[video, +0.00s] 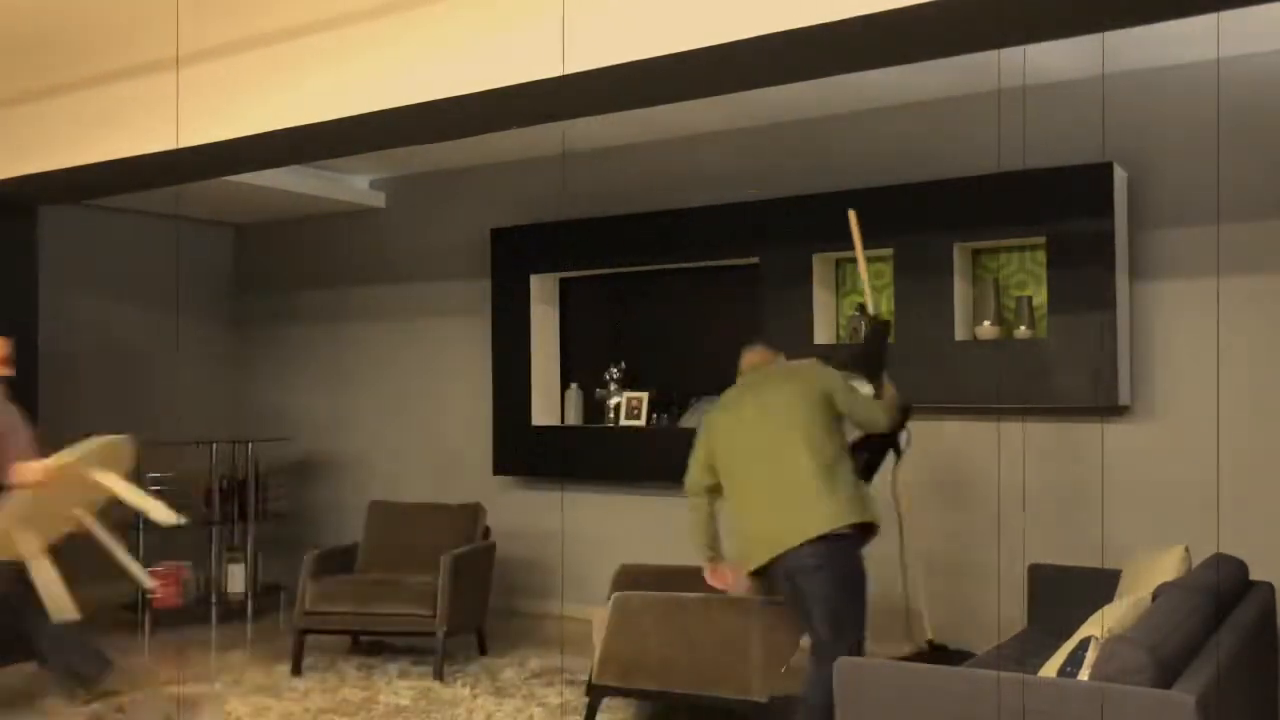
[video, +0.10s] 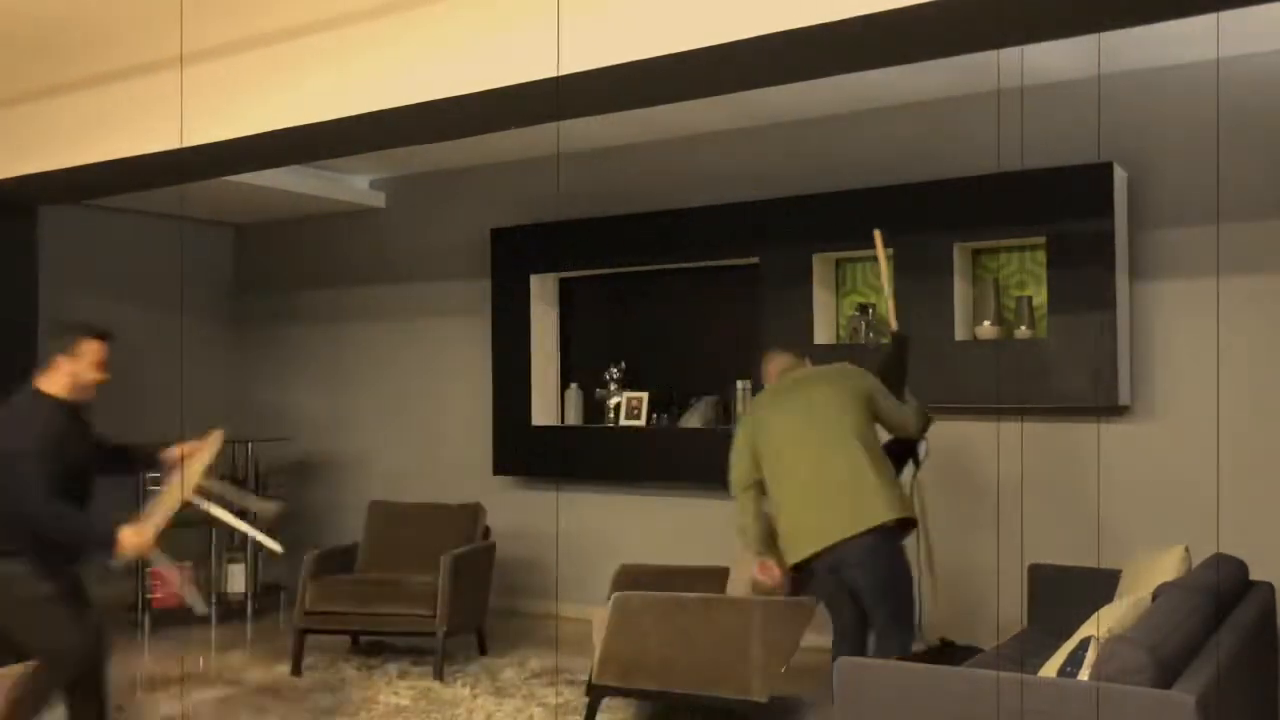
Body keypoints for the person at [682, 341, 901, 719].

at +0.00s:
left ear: (739, 374)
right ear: (780, 359)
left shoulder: (717, 415)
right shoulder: (812, 373)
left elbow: (697, 487)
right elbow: (880, 420)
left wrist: (709, 557)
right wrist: (889, 397)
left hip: (765, 549)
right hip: (827, 531)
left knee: (828, 650)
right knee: (837, 654)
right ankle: (814, 716)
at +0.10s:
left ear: (766, 381)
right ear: (807, 363)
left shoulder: (752, 418)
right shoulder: (846, 375)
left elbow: (744, 487)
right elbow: (911, 425)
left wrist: (761, 551)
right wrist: (906, 397)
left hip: (808, 543)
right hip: (869, 525)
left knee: (847, 630)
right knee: (893, 626)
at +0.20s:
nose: (793, 386)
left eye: (792, 382)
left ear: (797, 379)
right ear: (834, 364)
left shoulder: (788, 406)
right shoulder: (880, 379)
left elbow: (781, 477)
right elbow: (935, 430)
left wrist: (794, 540)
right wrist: (920, 450)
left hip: (842, 537)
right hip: (904, 524)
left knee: (860, 630)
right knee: (922, 624)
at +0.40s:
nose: (824, 391)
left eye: (823, 386)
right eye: (822, 386)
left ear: (830, 379)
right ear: (855, 373)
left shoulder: (832, 407)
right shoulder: (910, 391)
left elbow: (837, 475)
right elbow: (949, 443)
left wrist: (850, 533)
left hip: (884, 530)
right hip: (942, 521)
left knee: (871, 609)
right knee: (935, 611)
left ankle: (891, 687)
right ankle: (952, 690)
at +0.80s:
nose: (860, 392)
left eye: (859, 383)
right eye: (856, 386)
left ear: (874, 369)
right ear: (882, 365)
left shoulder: (893, 389)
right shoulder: (928, 389)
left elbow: (895, 451)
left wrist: (877, 509)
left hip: (941, 514)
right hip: (982, 510)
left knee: (907, 603)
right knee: (954, 595)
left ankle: (926, 689)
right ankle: (984, 678)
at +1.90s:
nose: (881, 352)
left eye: (889, 342)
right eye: (874, 347)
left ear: (910, 346)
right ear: (869, 356)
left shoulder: (927, 385)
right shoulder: (901, 393)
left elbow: (942, 449)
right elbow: (913, 458)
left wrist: (926, 506)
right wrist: (900, 504)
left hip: (960, 515)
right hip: (940, 518)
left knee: (920, 606)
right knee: (926, 605)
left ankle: (941, 692)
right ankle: (974, 680)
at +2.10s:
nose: (908, 344)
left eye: (917, 335)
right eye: (900, 336)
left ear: (933, 336)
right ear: (890, 340)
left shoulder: (956, 381)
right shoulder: (898, 381)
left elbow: (967, 453)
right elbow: (893, 449)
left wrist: (940, 505)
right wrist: (887, 504)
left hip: (946, 522)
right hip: (905, 519)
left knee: (923, 604)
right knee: (884, 600)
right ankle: (944, 661)